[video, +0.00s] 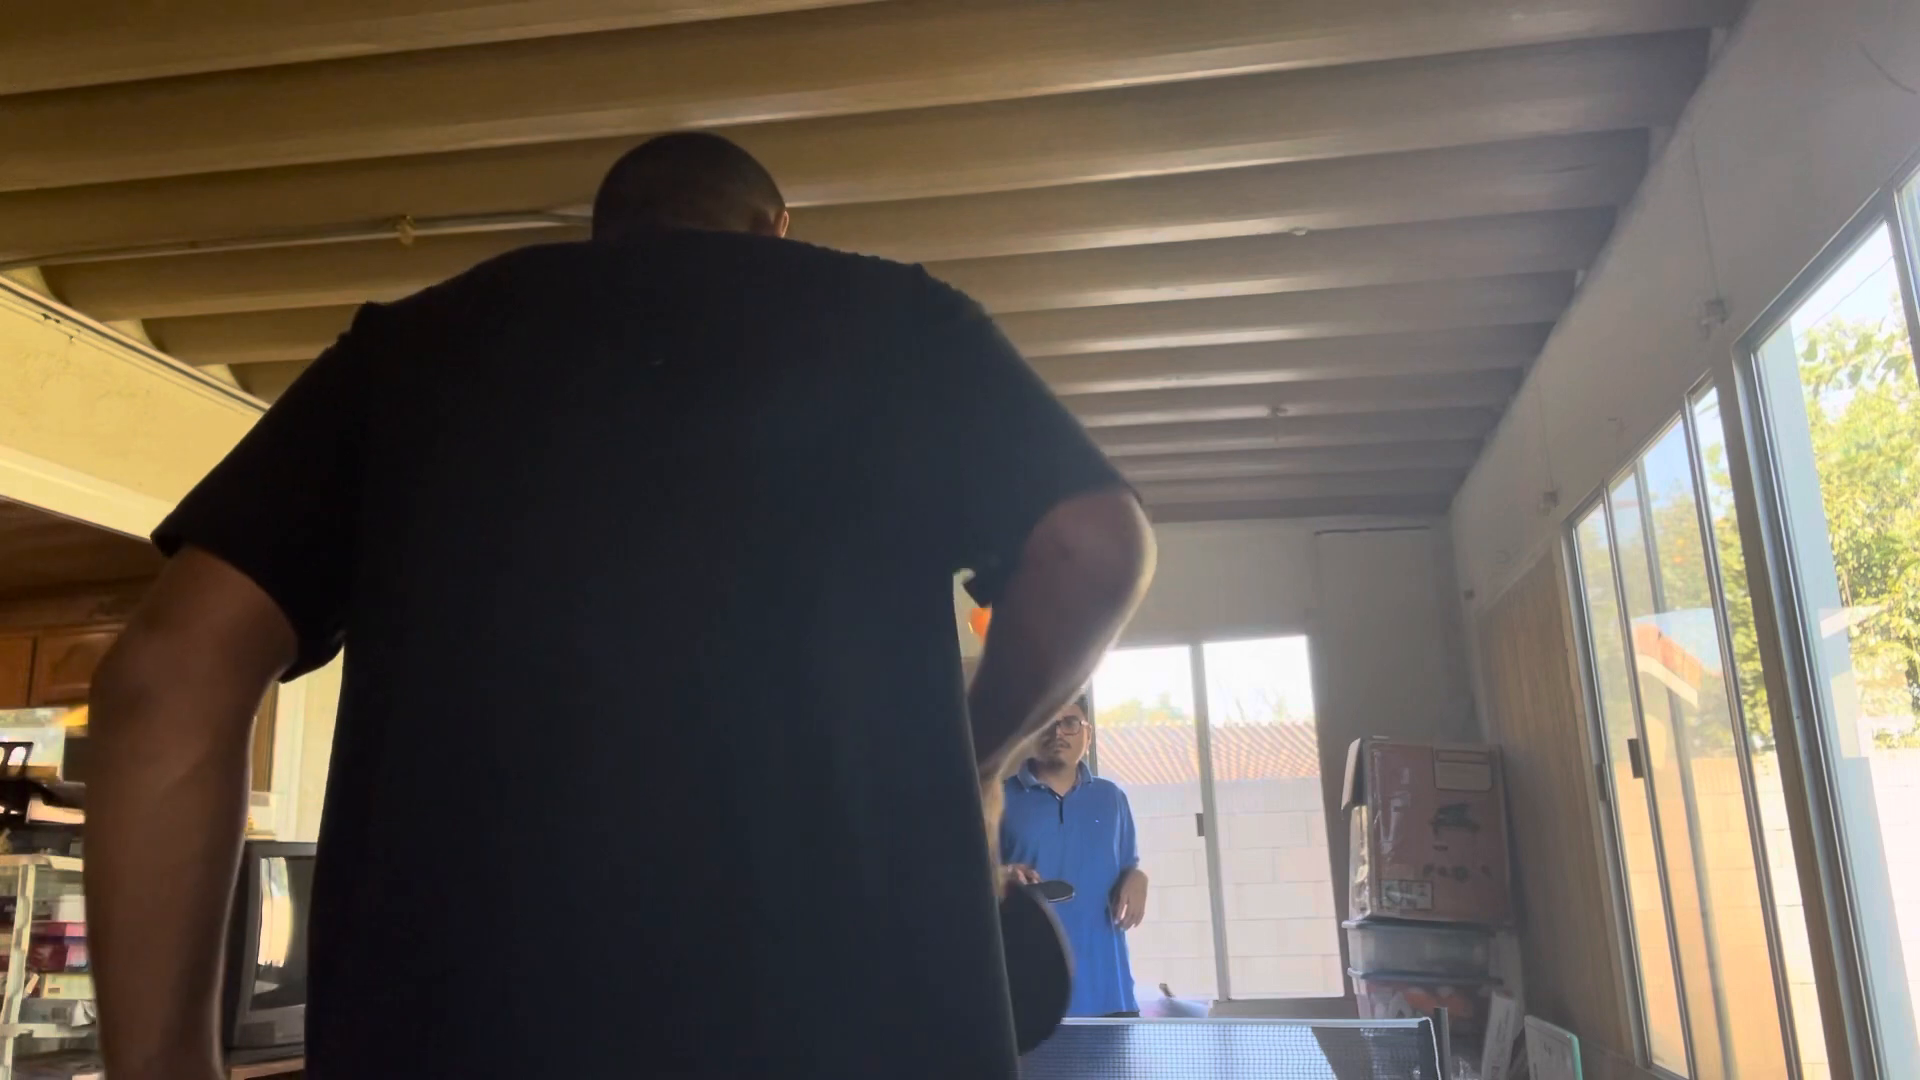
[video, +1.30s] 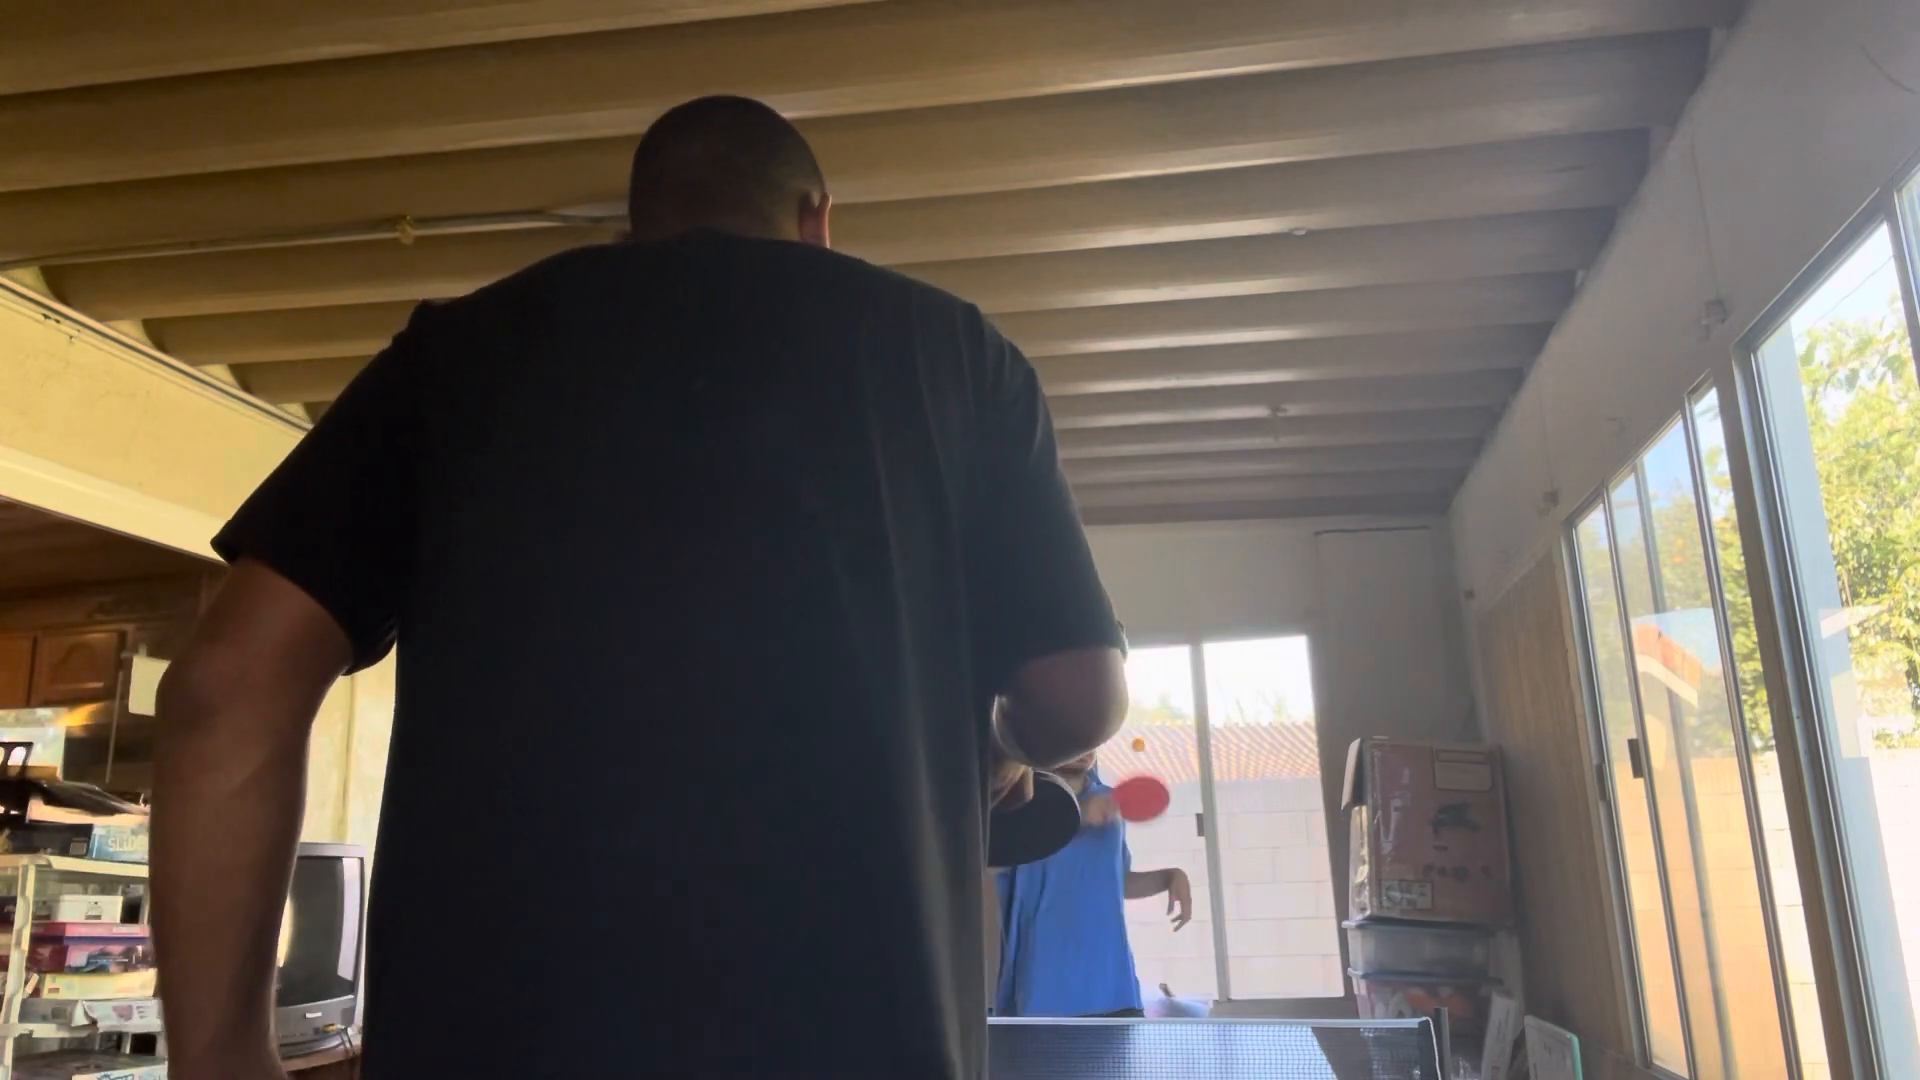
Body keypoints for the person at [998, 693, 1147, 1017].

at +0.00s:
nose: (1058, 733)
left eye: (1069, 723)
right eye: (1046, 724)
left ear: (1088, 734)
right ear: (1029, 735)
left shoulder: (1111, 798)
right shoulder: (999, 798)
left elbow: (1125, 868)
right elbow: (977, 873)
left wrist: (1137, 876)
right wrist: (1002, 875)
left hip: (1106, 991)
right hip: (1032, 996)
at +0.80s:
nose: (1069, 746)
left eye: (1078, 737)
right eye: (1058, 736)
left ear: (1091, 742)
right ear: (1029, 736)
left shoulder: (1110, 800)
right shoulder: (1011, 796)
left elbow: (1124, 875)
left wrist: (1145, 878)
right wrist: (1036, 859)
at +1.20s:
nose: (1084, 755)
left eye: (1091, 744)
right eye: (1071, 744)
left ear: (1098, 746)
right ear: (1042, 746)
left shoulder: (1108, 801)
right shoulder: (1019, 799)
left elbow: (1114, 884)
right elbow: (985, 876)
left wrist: (1168, 878)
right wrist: (1071, 853)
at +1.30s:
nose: (1084, 746)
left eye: (1091, 736)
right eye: (1070, 736)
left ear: (1100, 739)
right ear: (1038, 737)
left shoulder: (1105, 801)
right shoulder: (1013, 800)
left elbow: (1118, 882)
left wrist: (1169, 876)